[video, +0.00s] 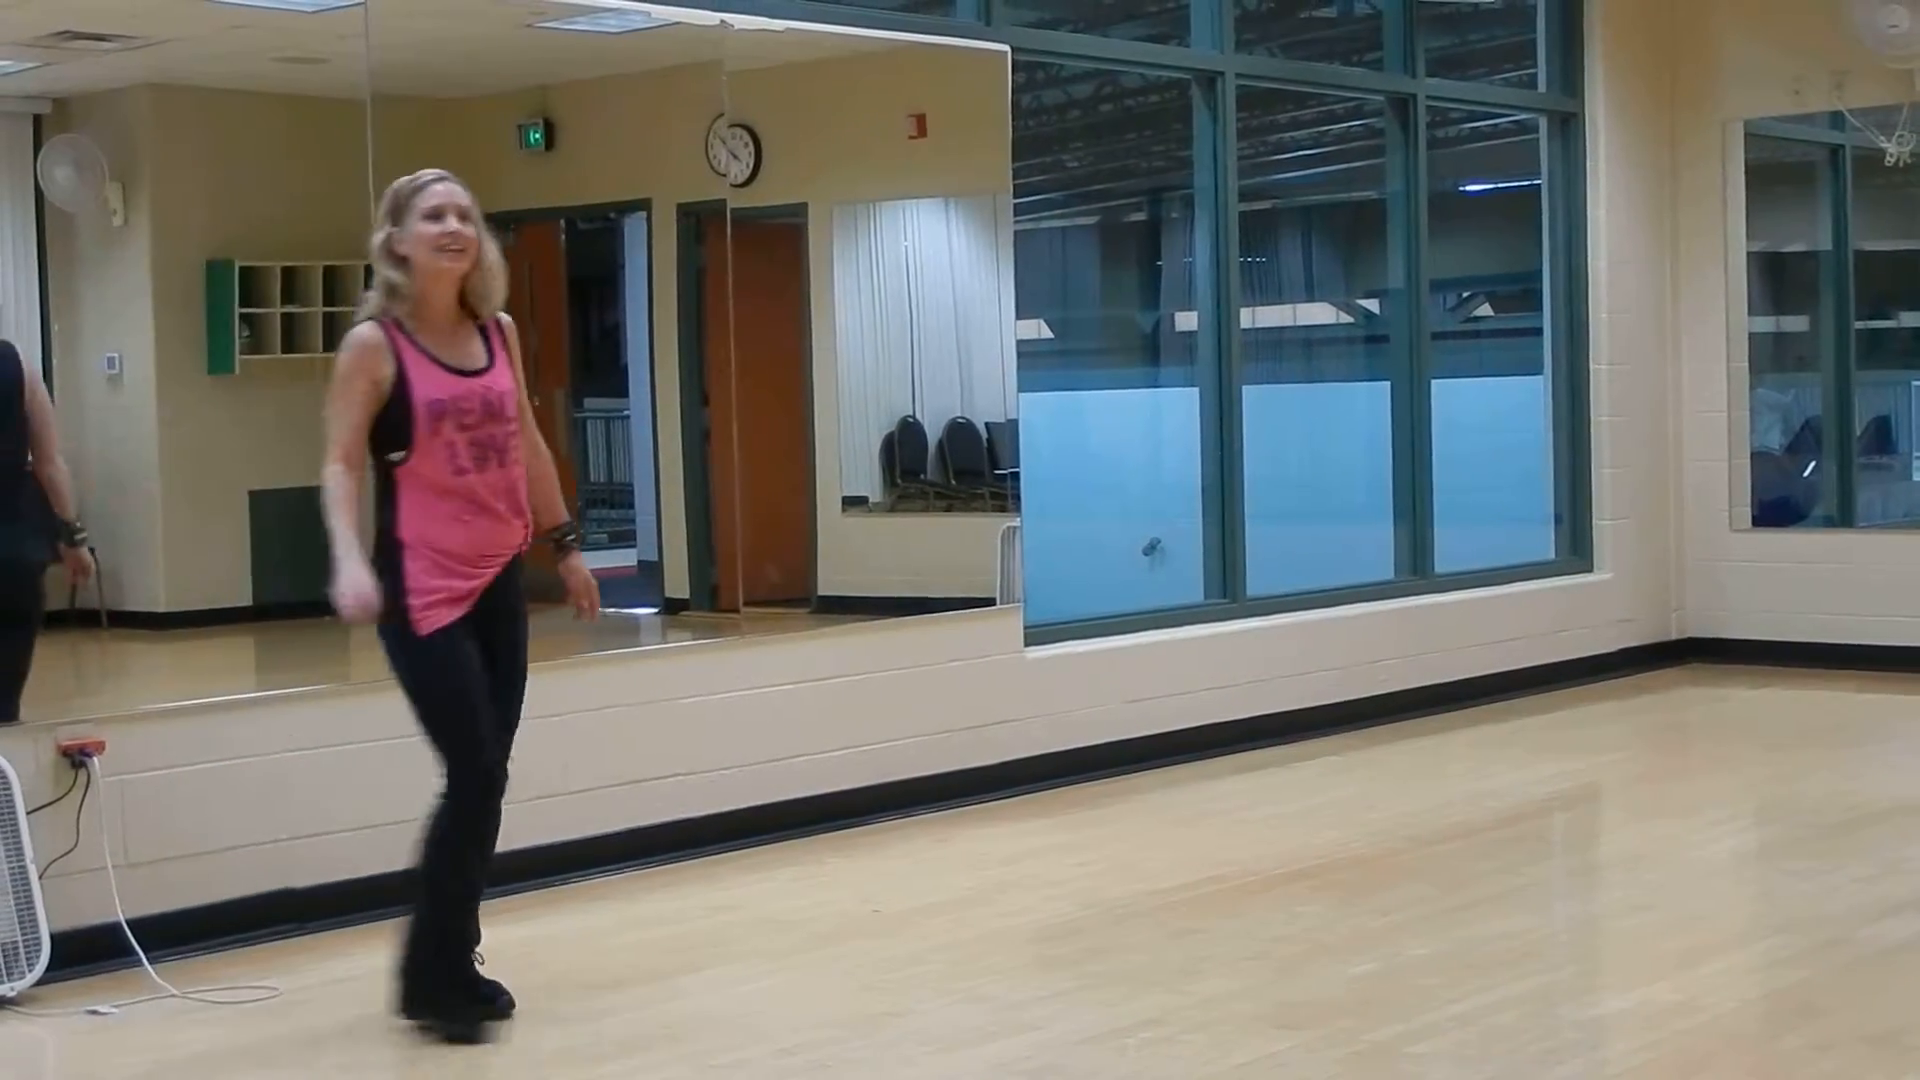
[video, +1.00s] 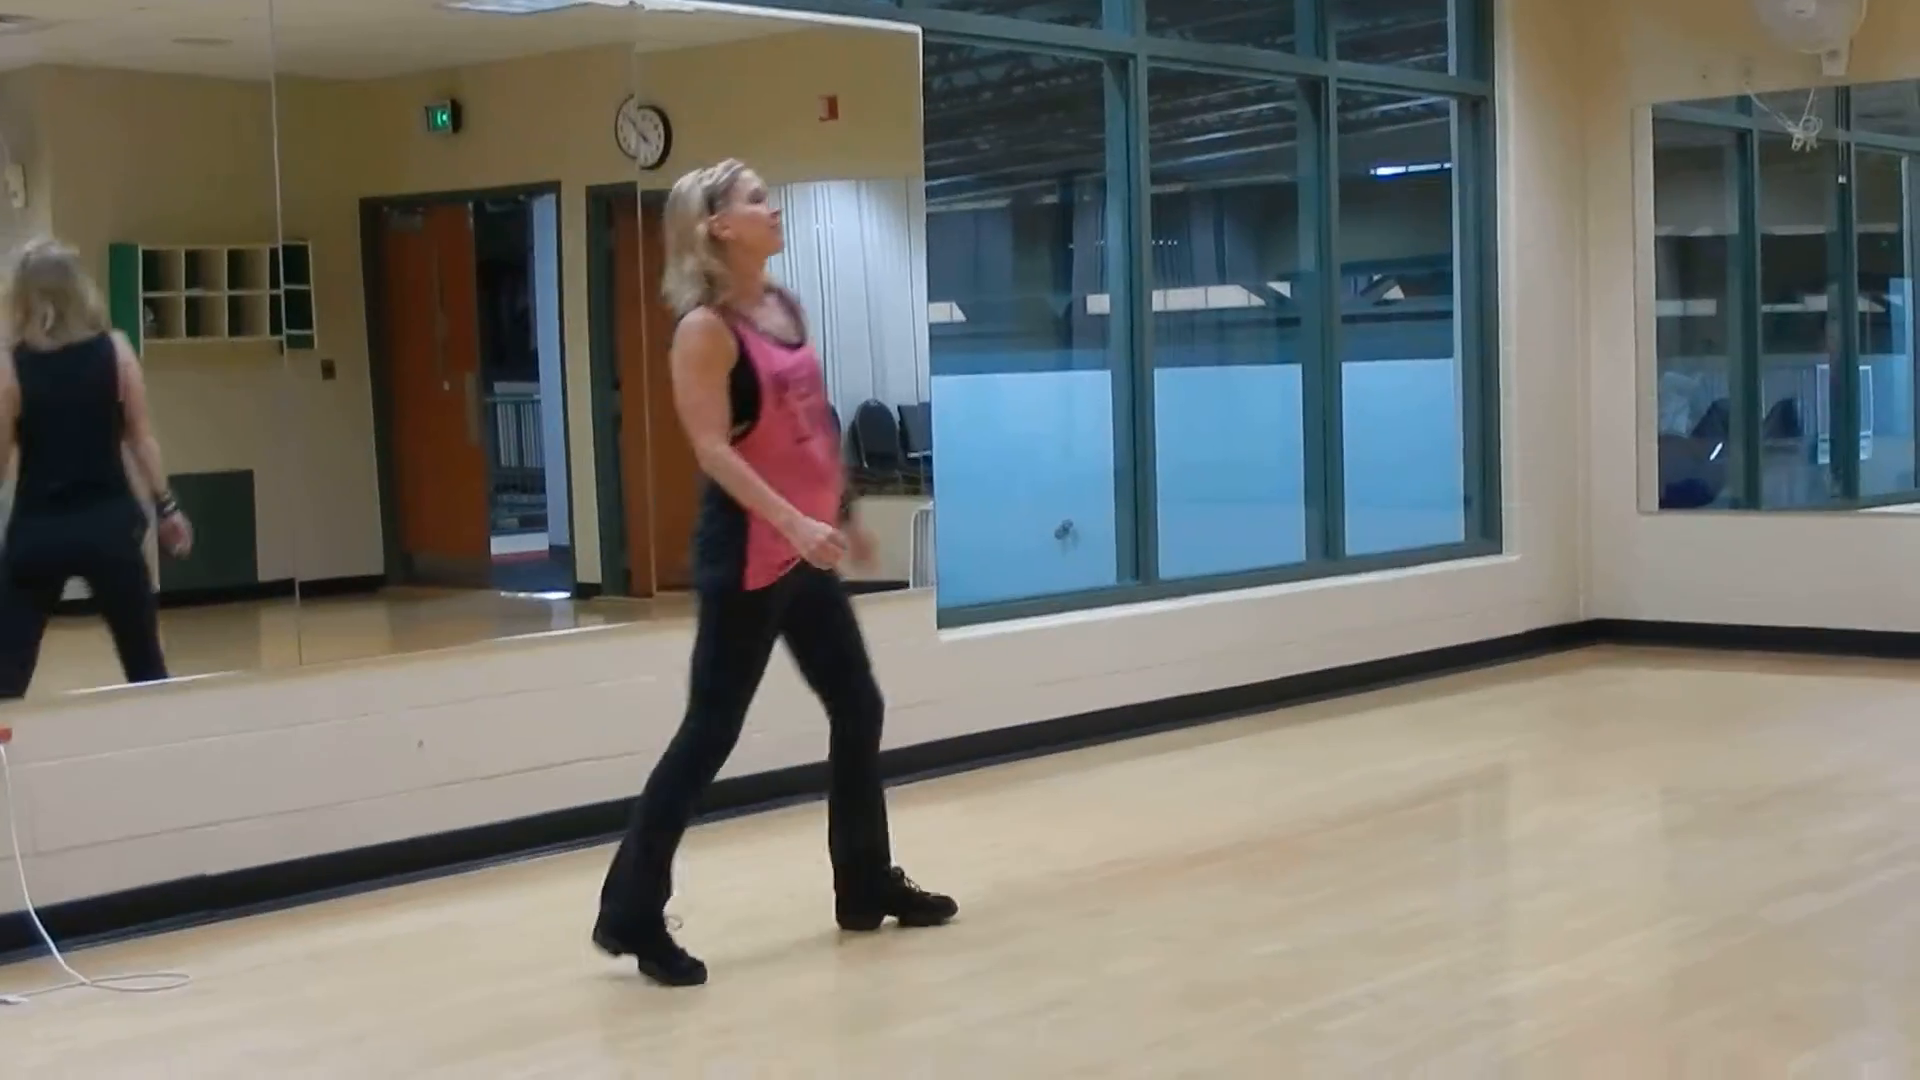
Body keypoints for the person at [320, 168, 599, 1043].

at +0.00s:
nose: (452, 228)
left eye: (462, 216)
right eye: (432, 216)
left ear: (478, 239)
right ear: (395, 240)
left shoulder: (497, 332)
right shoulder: (373, 344)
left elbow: (527, 439)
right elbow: (342, 462)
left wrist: (565, 545)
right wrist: (351, 561)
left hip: (498, 580)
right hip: (422, 589)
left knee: (486, 772)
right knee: (476, 770)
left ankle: (449, 962)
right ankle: (430, 977)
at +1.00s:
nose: (772, 208)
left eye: (768, 198)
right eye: (754, 200)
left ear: (756, 226)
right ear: (713, 228)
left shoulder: (780, 306)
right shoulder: (702, 328)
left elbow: (800, 426)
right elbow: (711, 448)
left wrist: (837, 516)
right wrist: (793, 525)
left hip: (802, 546)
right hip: (745, 552)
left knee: (858, 710)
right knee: (707, 734)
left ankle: (865, 887)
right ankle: (628, 912)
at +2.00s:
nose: (909, 116)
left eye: (915, 103)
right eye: (896, 102)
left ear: (911, 109)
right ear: (848, 104)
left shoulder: (922, 179)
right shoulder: (797, 198)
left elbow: (957, 280)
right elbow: (761, 296)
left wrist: (1006, 368)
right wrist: (771, 359)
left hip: (903, 417)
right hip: (823, 422)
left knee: (905, 599)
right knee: (828, 595)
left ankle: (898, 764)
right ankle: (785, 781)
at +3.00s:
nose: (787, 151)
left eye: (792, 137)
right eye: (772, 137)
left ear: (786, 145)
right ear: (720, 140)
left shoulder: (795, 225)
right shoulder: (657, 239)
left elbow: (844, 330)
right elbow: (619, 357)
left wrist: (909, 271)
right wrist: (613, 470)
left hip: (793, 472)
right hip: (705, 484)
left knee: (787, 671)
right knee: (713, 674)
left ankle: (778, 842)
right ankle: (685, 857)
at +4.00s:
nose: (776, 195)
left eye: (777, 181)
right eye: (754, 186)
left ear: (781, 198)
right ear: (708, 207)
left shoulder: (781, 291)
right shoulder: (681, 278)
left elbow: (748, 404)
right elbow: (649, 386)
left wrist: (748, 498)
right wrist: (723, 364)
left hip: (735, 535)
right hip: (655, 547)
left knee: (835, 702)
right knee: (644, 747)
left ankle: (833, 876)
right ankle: (624, 936)